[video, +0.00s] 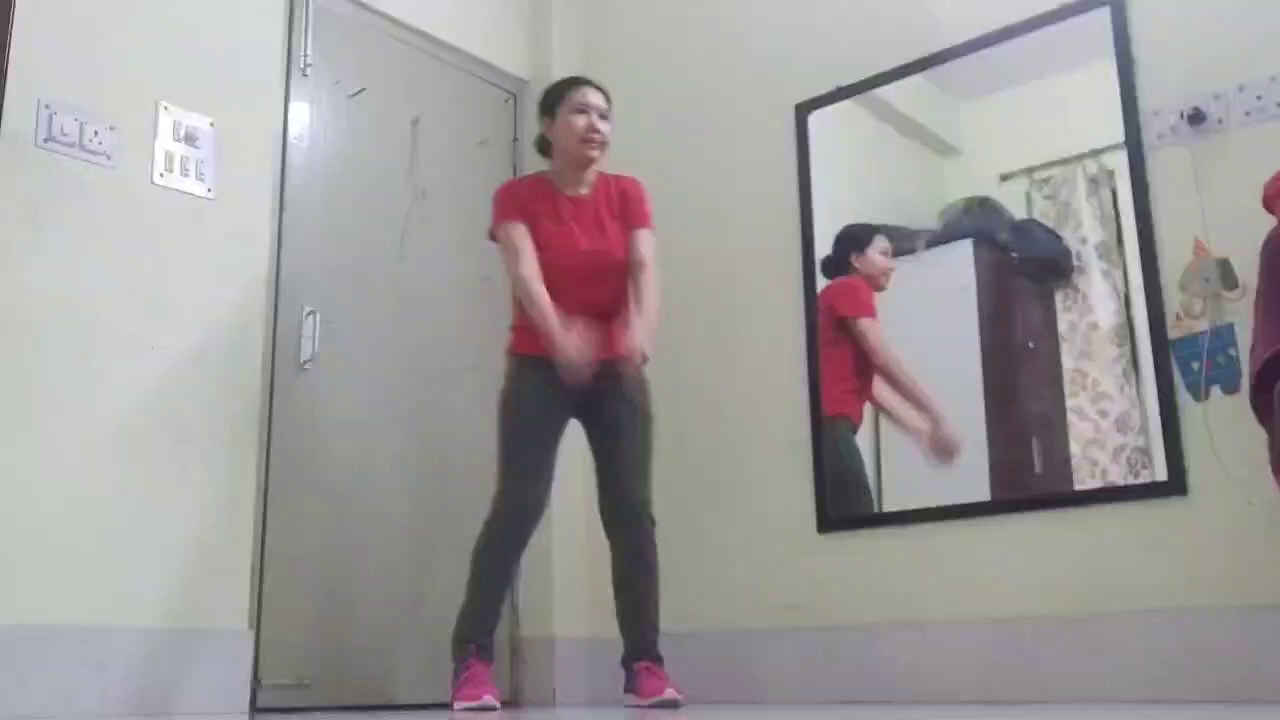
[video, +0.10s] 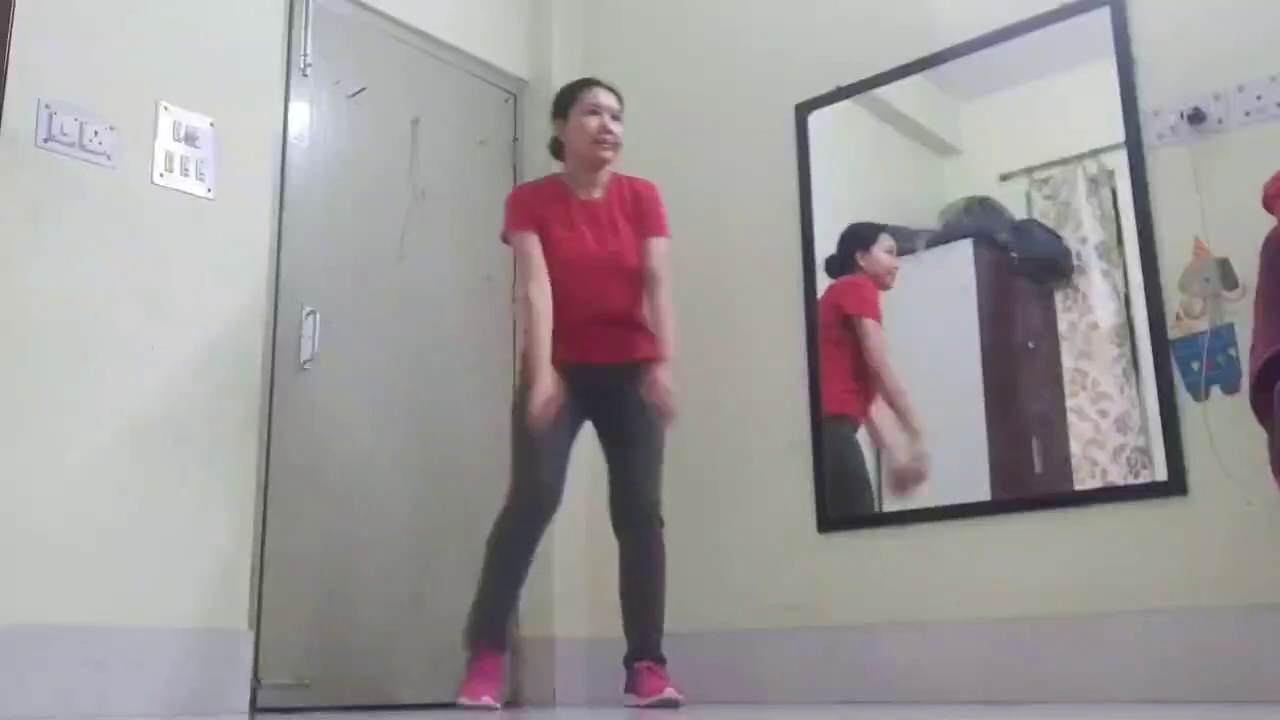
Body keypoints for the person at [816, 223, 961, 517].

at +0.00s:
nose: (892, 265)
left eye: (892, 256)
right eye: (884, 254)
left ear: (859, 261)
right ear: (856, 260)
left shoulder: (837, 297)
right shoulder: (849, 289)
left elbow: (874, 388)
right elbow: (882, 358)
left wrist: (926, 433)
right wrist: (937, 418)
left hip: (830, 426)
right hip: (829, 426)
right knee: (860, 524)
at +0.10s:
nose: (896, 263)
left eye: (896, 254)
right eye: (889, 252)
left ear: (864, 259)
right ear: (862, 258)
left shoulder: (839, 295)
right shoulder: (857, 287)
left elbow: (869, 393)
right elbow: (877, 363)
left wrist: (896, 455)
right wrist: (915, 432)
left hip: (831, 427)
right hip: (830, 427)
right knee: (859, 523)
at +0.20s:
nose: (903, 258)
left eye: (902, 250)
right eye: (896, 248)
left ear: (872, 254)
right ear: (869, 252)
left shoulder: (847, 285)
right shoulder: (865, 282)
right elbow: (857, 358)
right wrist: (868, 427)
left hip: (830, 423)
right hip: (840, 424)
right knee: (870, 521)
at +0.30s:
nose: (909, 255)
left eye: (907, 245)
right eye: (902, 244)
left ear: (879, 250)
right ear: (878, 249)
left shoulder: (851, 282)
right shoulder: (871, 278)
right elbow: (837, 330)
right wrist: (825, 412)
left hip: (841, 421)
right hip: (843, 423)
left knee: (889, 521)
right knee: (868, 524)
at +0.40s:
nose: (911, 255)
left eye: (909, 246)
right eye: (905, 245)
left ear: (882, 250)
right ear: (882, 250)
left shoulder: (856, 282)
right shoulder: (873, 279)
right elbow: (831, 311)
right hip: (845, 416)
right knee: (870, 520)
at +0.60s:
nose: (915, 261)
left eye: (914, 251)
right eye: (910, 250)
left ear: (886, 255)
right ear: (889, 254)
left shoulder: (854, 289)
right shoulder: (880, 286)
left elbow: (821, 336)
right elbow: (841, 327)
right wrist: (831, 397)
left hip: (832, 422)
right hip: (853, 422)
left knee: (875, 528)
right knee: (886, 526)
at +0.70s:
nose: (915, 264)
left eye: (913, 254)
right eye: (910, 253)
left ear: (867, 260)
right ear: (891, 257)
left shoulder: (848, 295)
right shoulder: (881, 288)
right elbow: (861, 348)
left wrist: (898, 434)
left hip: (824, 427)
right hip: (848, 427)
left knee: (871, 530)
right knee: (885, 528)